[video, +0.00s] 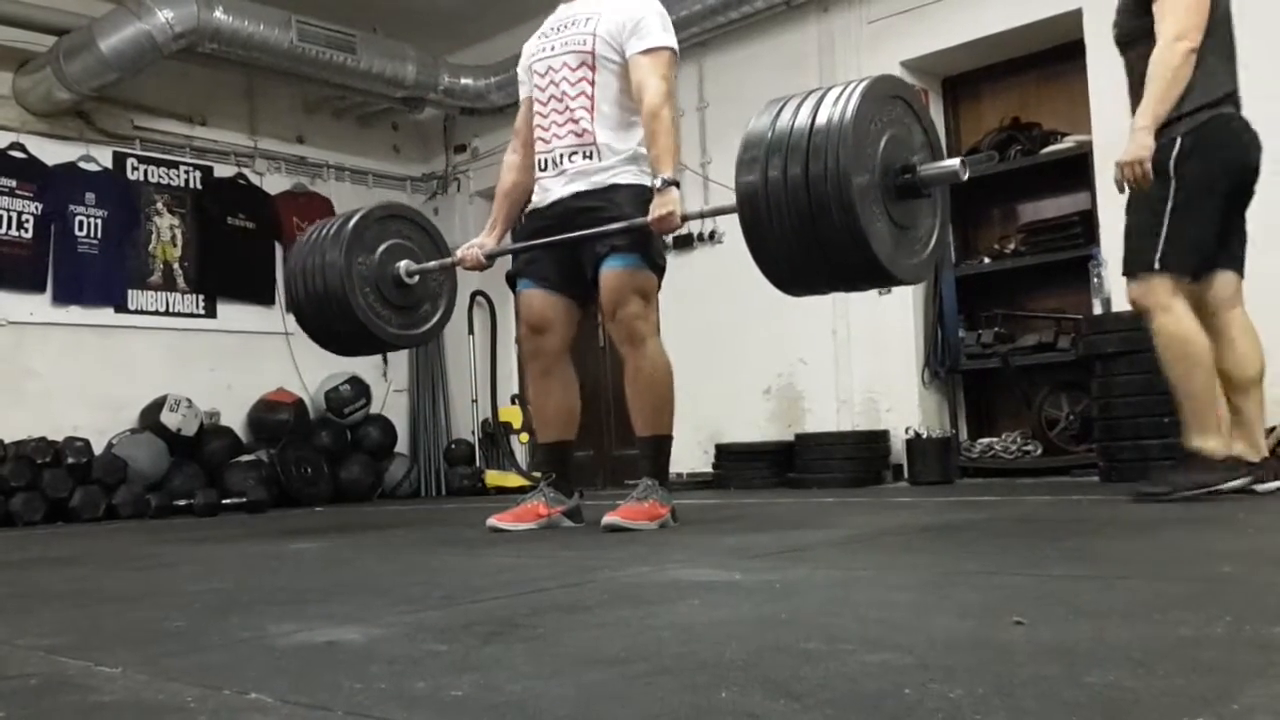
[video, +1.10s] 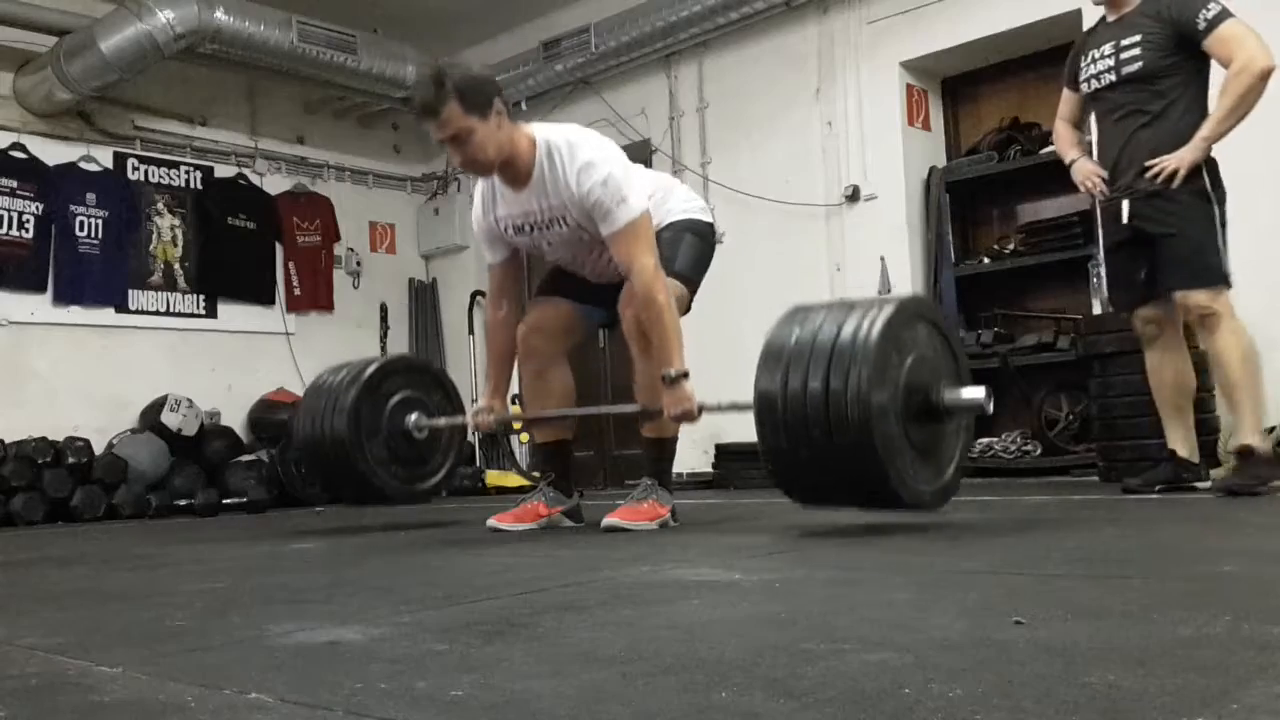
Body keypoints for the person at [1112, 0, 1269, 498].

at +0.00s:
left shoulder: (1177, 1)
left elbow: (1181, 44)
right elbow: (1180, 50)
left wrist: (1141, 131)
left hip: (1190, 136)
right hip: (1222, 132)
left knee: (1154, 291)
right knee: (1220, 299)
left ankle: (1208, 453)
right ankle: (1250, 454)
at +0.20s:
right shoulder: (1126, 11)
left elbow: (1189, 27)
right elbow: (1135, 90)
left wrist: (1141, 122)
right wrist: (1108, 167)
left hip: (1165, 148)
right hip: (1181, 146)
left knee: (1146, 302)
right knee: (1192, 305)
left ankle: (1162, 462)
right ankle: (1245, 450)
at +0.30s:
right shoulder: (1109, 11)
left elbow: (1192, 17)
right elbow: (1124, 95)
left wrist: (1147, 116)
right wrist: (1079, 162)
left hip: (1156, 144)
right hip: (1131, 152)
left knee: (1153, 300)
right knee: (1129, 305)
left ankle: (1162, 464)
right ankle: (1235, 437)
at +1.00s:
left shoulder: (1168, 6)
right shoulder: (1084, 46)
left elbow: (1243, 61)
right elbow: (1066, 122)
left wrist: (1185, 146)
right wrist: (1073, 159)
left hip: (1170, 183)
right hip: (1114, 195)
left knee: (1178, 307)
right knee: (1145, 322)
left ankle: (1201, 454)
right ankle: (1179, 457)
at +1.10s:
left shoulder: (1175, 8)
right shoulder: (1086, 46)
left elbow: (1254, 61)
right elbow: (1064, 125)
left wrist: (1199, 144)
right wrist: (1076, 160)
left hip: (1180, 187)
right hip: (1119, 199)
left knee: (1206, 309)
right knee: (1151, 323)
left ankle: (1252, 450)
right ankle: (1184, 459)